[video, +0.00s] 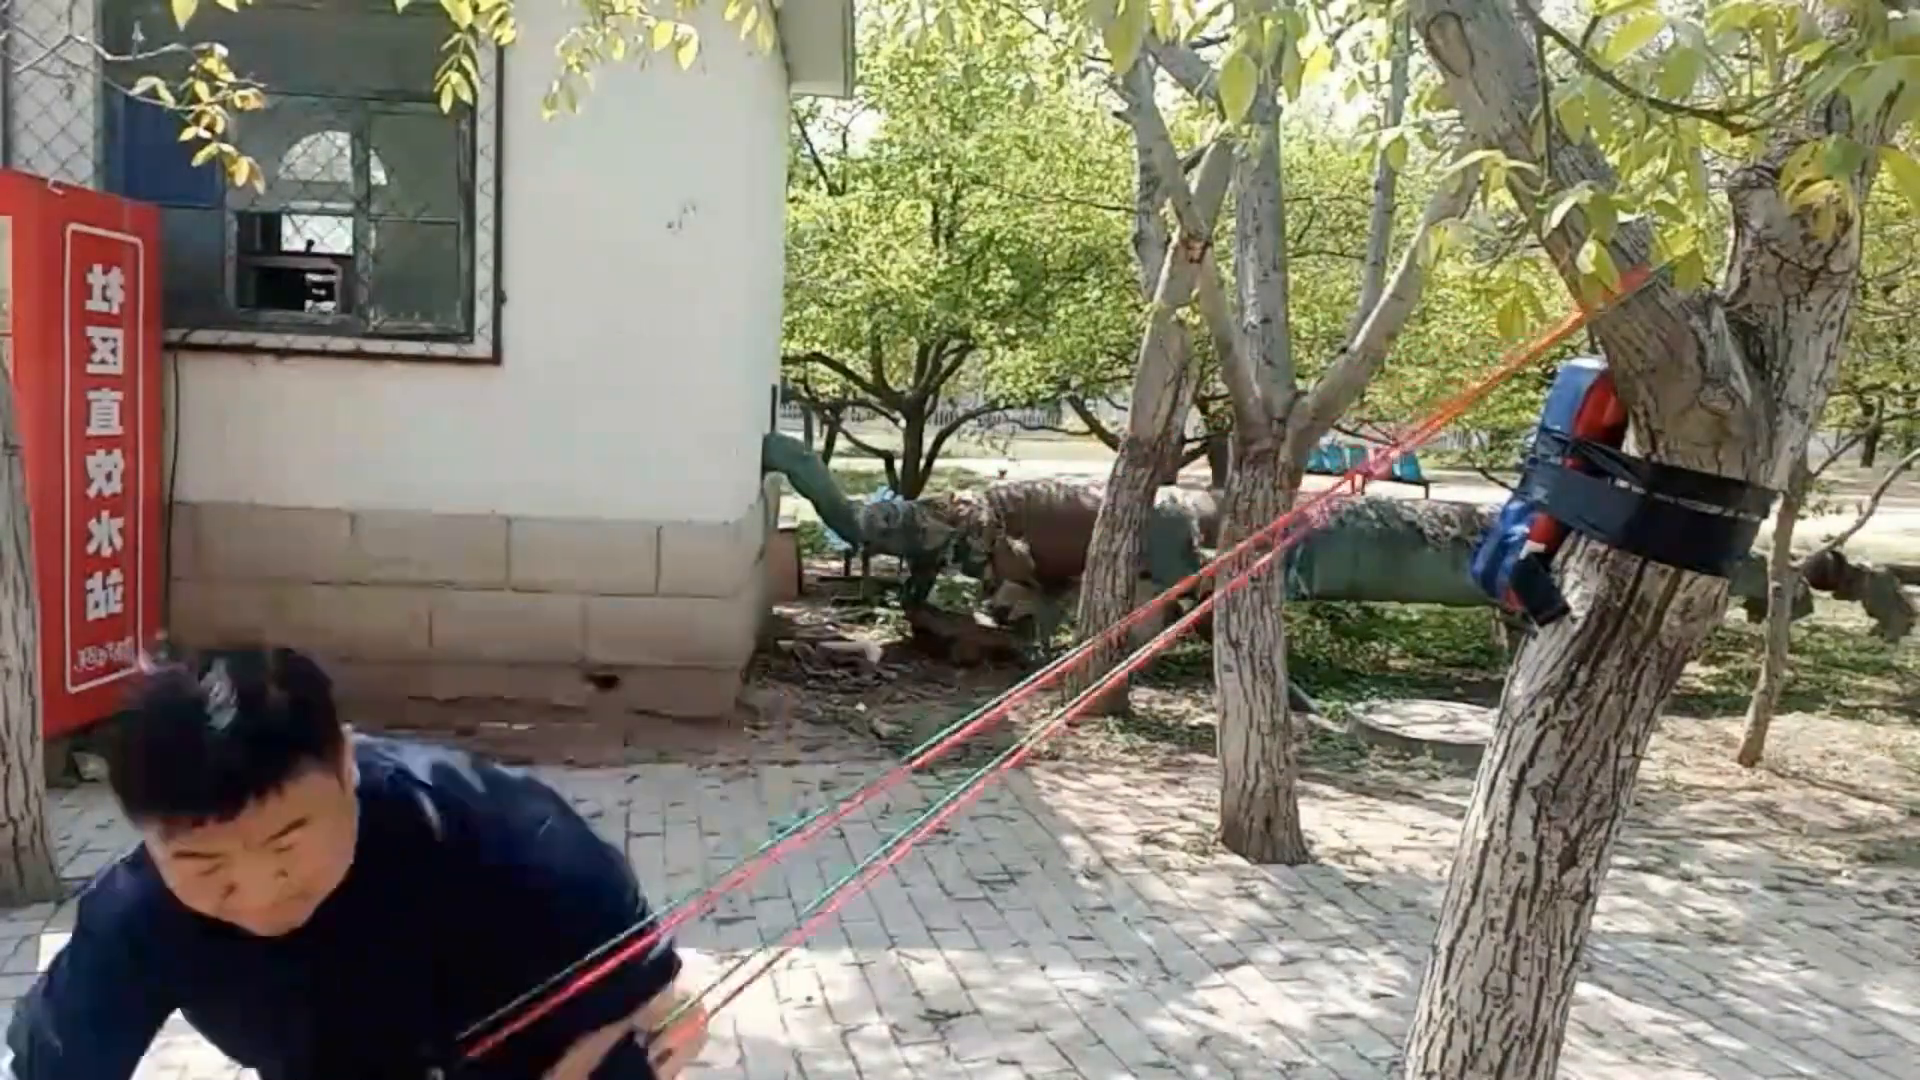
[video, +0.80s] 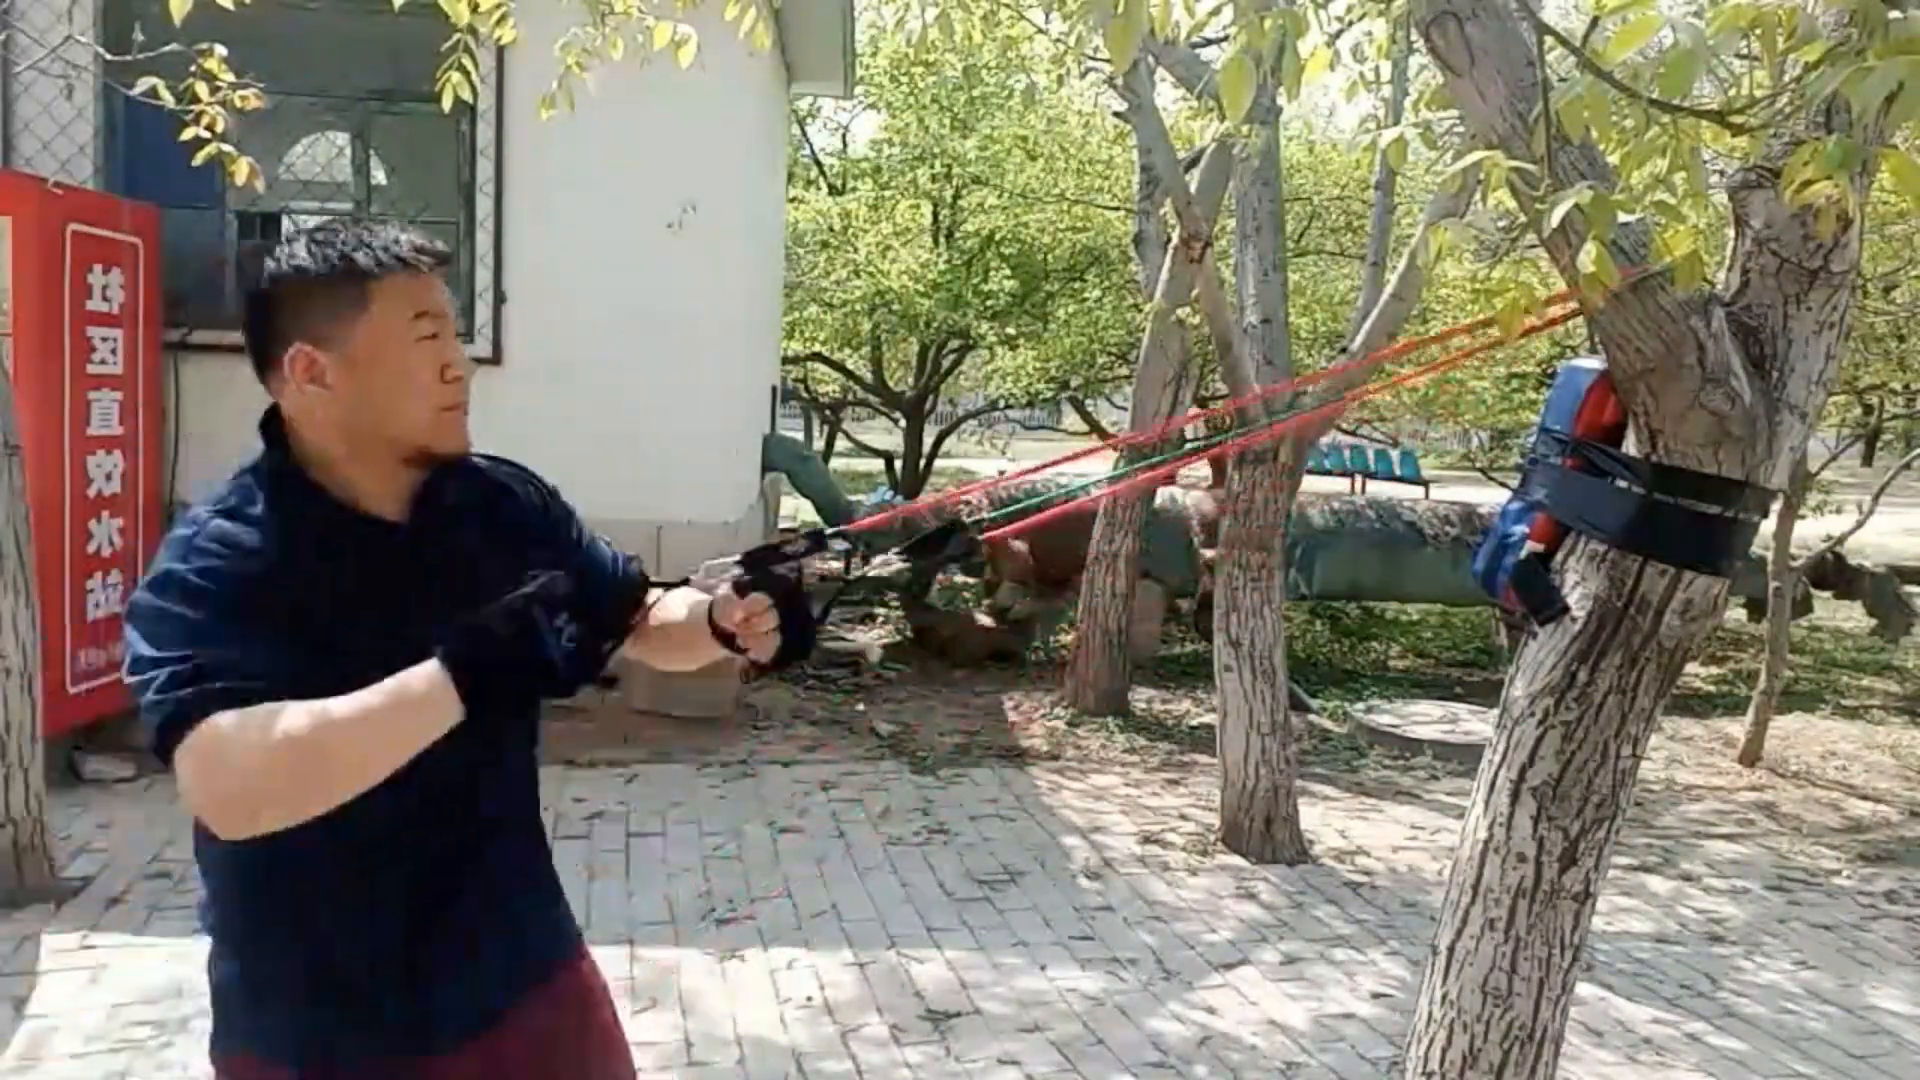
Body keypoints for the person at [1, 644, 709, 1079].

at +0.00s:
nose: (260, 893)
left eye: (289, 840)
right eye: (207, 871)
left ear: (346, 764)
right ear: (148, 838)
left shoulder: (504, 836)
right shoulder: (134, 922)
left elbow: (643, 1007)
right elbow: (46, 1060)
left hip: (540, 1037)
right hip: (339, 1052)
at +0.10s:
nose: (190, 1010)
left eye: (215, 957)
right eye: (134, 988)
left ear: (275, 860)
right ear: (78, 966)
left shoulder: (433, 938)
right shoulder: (92, 960)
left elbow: (569, 1067)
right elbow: (40, 1044)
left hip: (493, 1053)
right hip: (260, 1055)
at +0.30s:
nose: (245, 950)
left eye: (269, 895)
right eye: (187, 931)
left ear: (307, 825)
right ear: (116, 907)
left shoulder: (453, 890)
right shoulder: (97, 967)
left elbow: (597, 1058)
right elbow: (26, 1065)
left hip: (467, 1043)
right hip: (263, 1052)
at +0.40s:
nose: (283, 863)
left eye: (307, 811)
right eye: (226, 844)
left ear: (332, 761)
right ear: (140, 831)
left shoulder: (461, 833)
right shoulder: (107, 916)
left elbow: (616, 1012)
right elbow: (20, 1049)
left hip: (485, 1039)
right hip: (286, 1052)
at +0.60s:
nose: (351, 533)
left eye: (359, 492)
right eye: (302, 509)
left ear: (373, 483)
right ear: (186, 543)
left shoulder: (450, 622)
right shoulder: (91, 737)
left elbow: (635, 738)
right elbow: (8, 956)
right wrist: (102, 963)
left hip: (515, 1029)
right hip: (271, 1060)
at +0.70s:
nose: (415, 393)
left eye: (412, 362)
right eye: (377, 368)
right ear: (259, 409)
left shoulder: (479, 534)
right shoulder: (162, 604)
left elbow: (630, 632)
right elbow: (77, 845)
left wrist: (674, 686)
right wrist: (301, 755)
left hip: (524, 1006)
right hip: (295, 1051)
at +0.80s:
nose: (462, 363)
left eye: (452, 334)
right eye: (427, 336)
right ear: (309, 375)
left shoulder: (500, 508)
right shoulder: (215, 566)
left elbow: (634, 616)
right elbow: (228, 787)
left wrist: (723, 619)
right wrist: (474, 670)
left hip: (527, 1005)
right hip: (312, 1043)